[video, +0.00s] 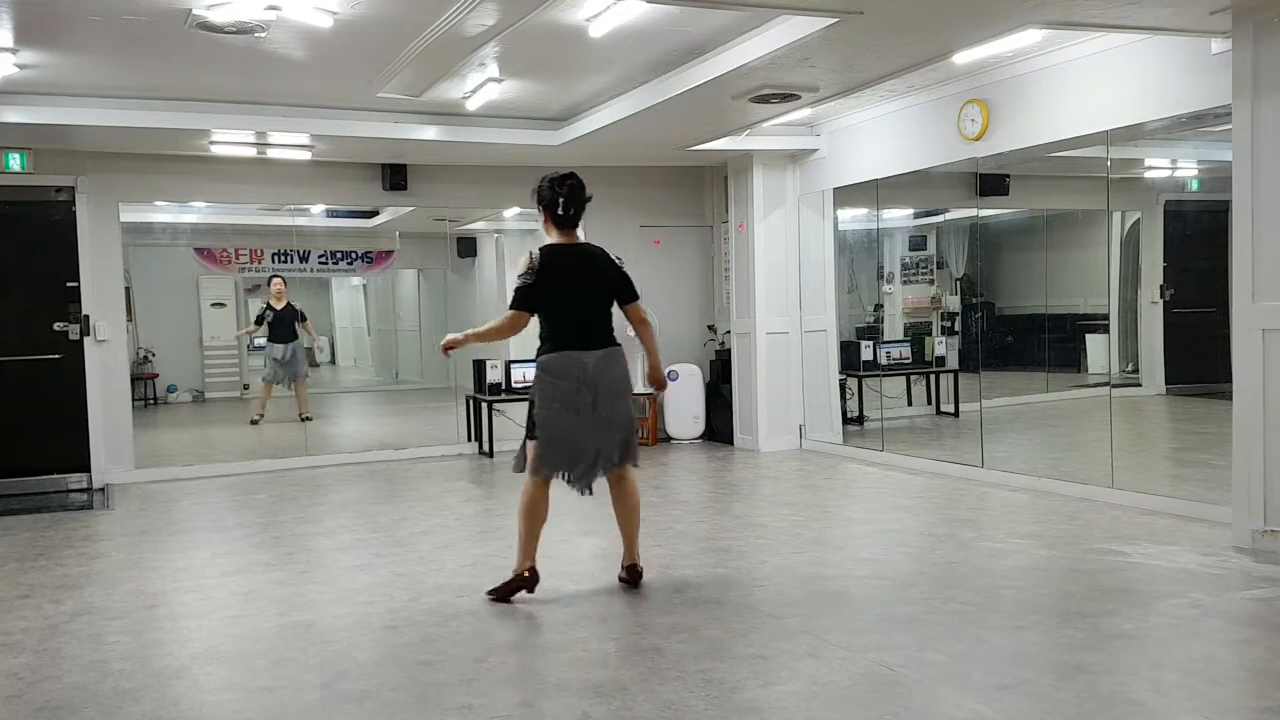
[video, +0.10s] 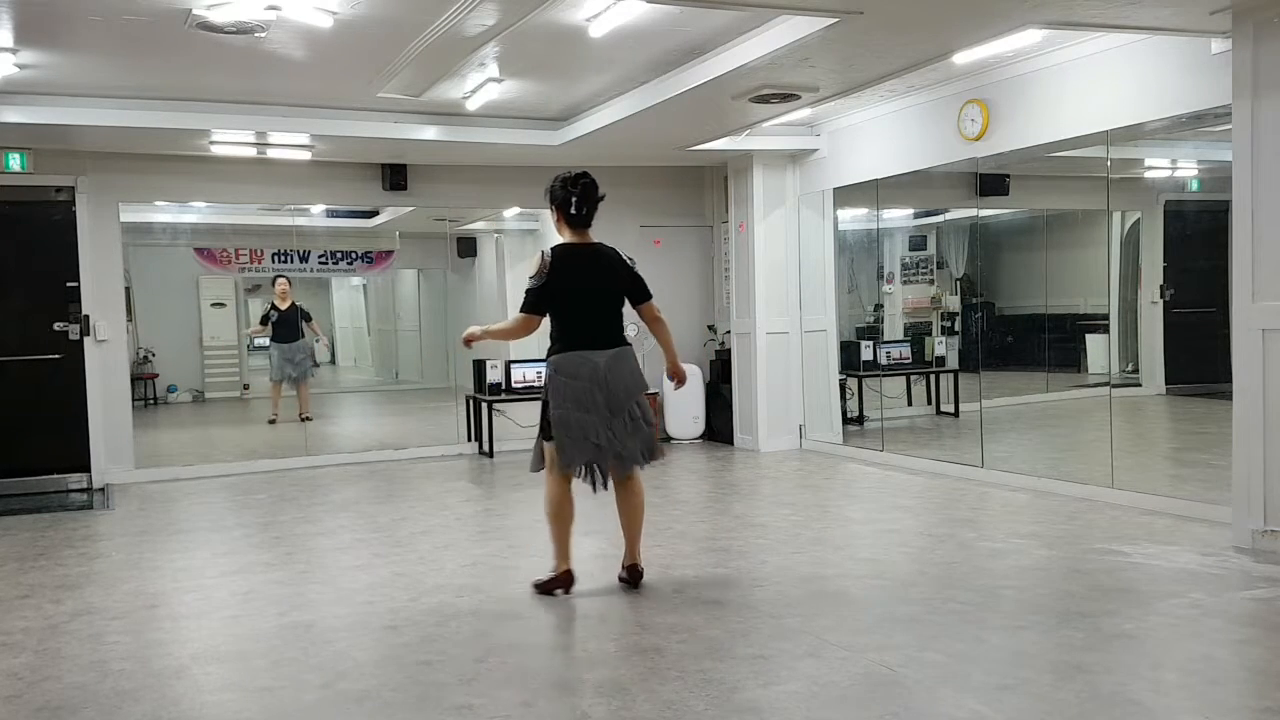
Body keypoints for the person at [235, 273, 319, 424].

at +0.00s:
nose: (278, 287)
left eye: (281, 284)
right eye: (275, 285)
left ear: (285, 287)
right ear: (269, 289)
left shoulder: (294, 307)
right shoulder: (266, 309)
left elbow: (305, 324)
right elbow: (255, 327)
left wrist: (315, 337)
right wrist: (244, 331)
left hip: (294, 347)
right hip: (274, 348)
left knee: (300, 379)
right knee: (268, 380)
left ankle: (303, 412)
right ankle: (260, 412)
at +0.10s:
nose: (283, 287)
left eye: (285, 284)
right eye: (279, 285)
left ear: (290, 287)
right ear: (274, 288)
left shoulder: (298, 307)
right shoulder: (270, 307)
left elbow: (310, 323)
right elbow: (262, 327)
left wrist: (322, 337)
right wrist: (251, 331)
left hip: (298, 347)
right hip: (278, 348)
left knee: (301, 380)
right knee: (276, 381)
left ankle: (304, 412)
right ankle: (274, 413)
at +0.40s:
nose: (287, 287)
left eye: (290, 284)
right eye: (284, 285)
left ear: (294, 287)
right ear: (278, 288)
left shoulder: (300, 306)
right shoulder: (273, 307)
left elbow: (312, 324)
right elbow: (267, 327)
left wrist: (323, 338)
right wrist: (273, 324)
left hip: (302, 347)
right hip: (283, 349)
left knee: (304, 381)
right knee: (288, 382)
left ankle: (305, 411)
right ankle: (292, 412)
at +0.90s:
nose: (285, 291)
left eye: (288, 288)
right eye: (282, 288)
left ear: (292, 291)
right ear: (277, 291)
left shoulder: (299, 310)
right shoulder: (272, 309)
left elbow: (309, 327)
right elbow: (266, 328)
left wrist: (316, 344)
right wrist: (258, 339)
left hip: (297, 349)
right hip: (279, 350)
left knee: (295, 381)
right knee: (284, 381)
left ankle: (291, 406)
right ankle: (291, 411)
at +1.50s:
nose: (280, 291)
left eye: (282, 288)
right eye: (277, 288)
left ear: (287, 290)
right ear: (272, 291)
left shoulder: (295, 309)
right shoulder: (266, 310)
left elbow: (304, 328)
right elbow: (262, 328)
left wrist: (312, 345)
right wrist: (261, 341)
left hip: (292, 346)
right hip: (274, 347)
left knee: (291, 380)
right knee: (277, 379)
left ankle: (290, 409)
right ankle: (276, 409)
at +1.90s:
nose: (266, 289)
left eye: (269, 287)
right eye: (263, 287)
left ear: (273, 290)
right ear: (258, 290)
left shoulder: (278, 309)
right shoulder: (253, 308)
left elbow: (289, 327)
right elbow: (246, 325)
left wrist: (302, 342)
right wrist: (240, 336)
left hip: (276, 347)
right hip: (258, 348)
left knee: (283, 379)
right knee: (256, 380)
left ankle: (288, 409)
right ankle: (254, 410)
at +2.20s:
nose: (256, 290)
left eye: (258, 287)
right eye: (252, 287)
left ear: (262, 290)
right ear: (247, 290)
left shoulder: (267, 309)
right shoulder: (241, 308)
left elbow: (277, 328)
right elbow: (234, 327)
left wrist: (289, 343)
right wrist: (232, 336)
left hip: (265, 347)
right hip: (247, 347)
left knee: (267, 379)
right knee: (250, 381)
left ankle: (267, 409)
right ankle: (253, 410)